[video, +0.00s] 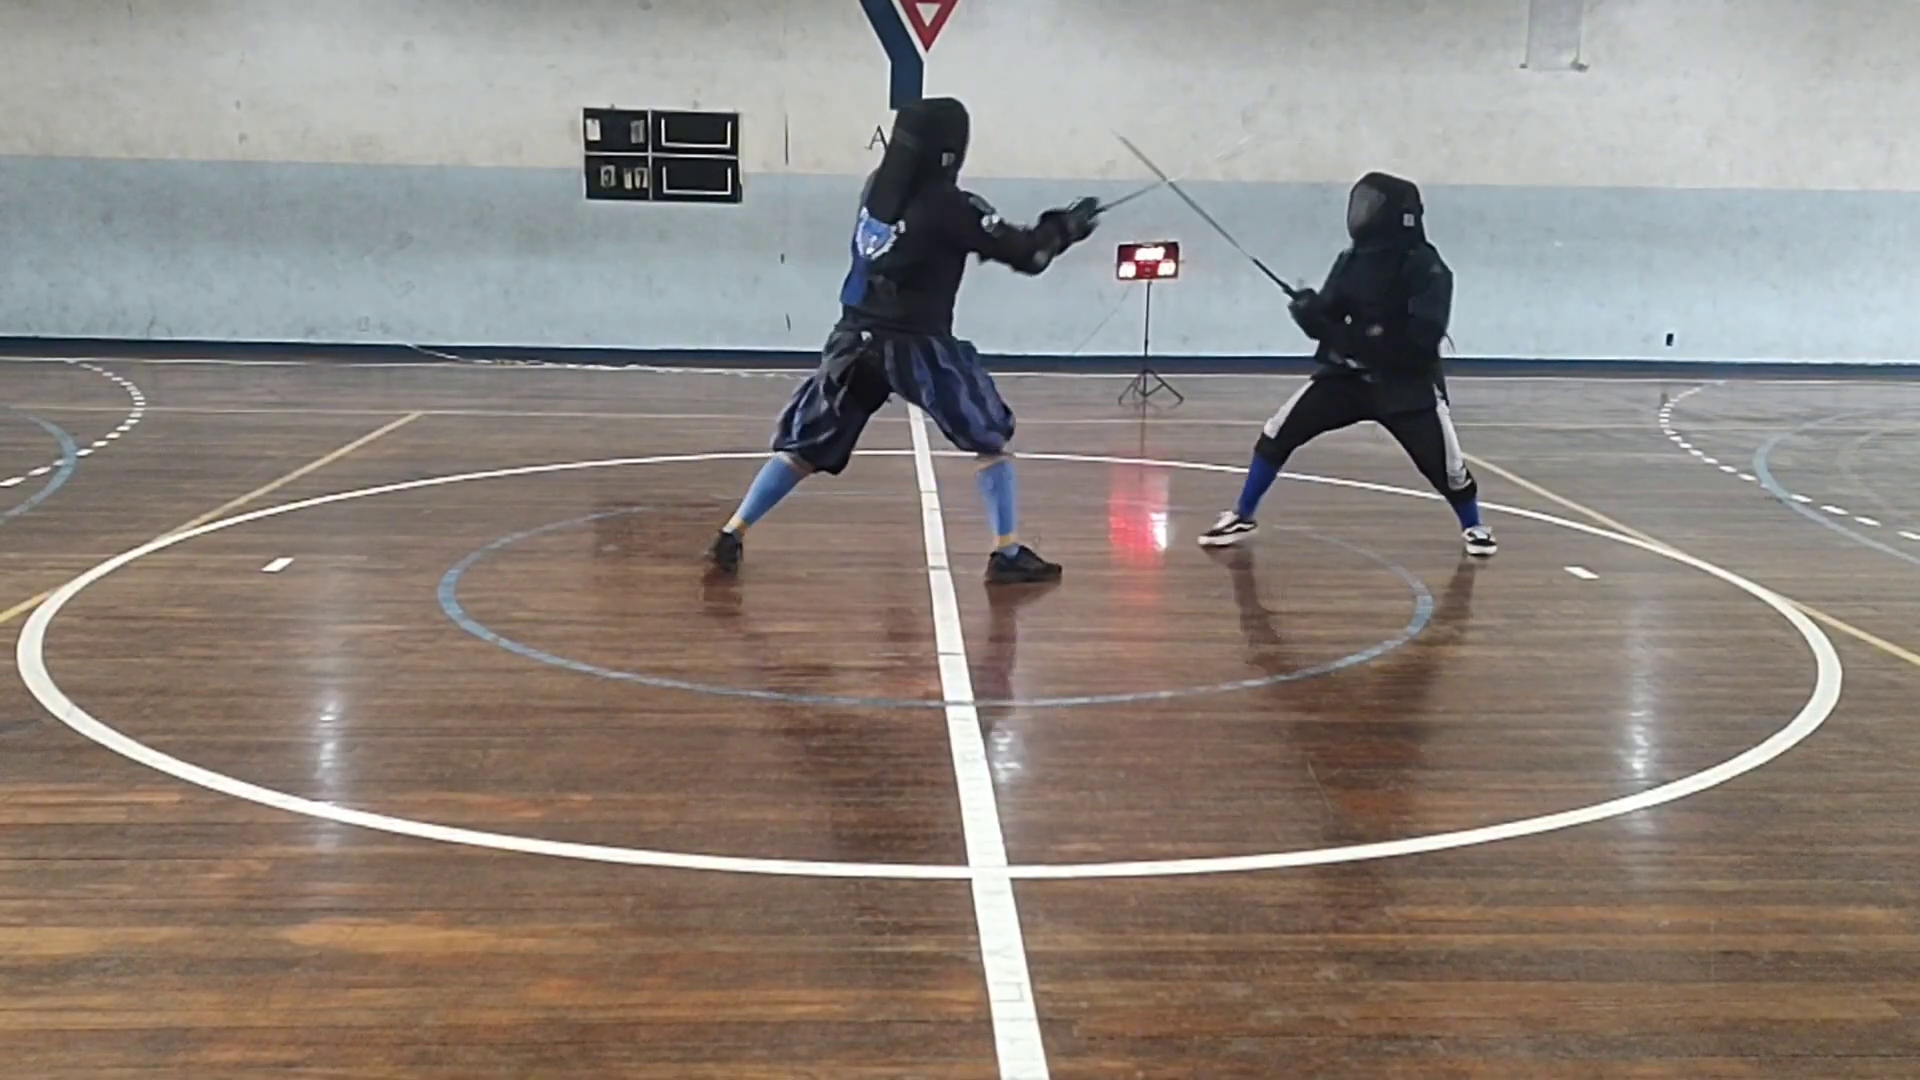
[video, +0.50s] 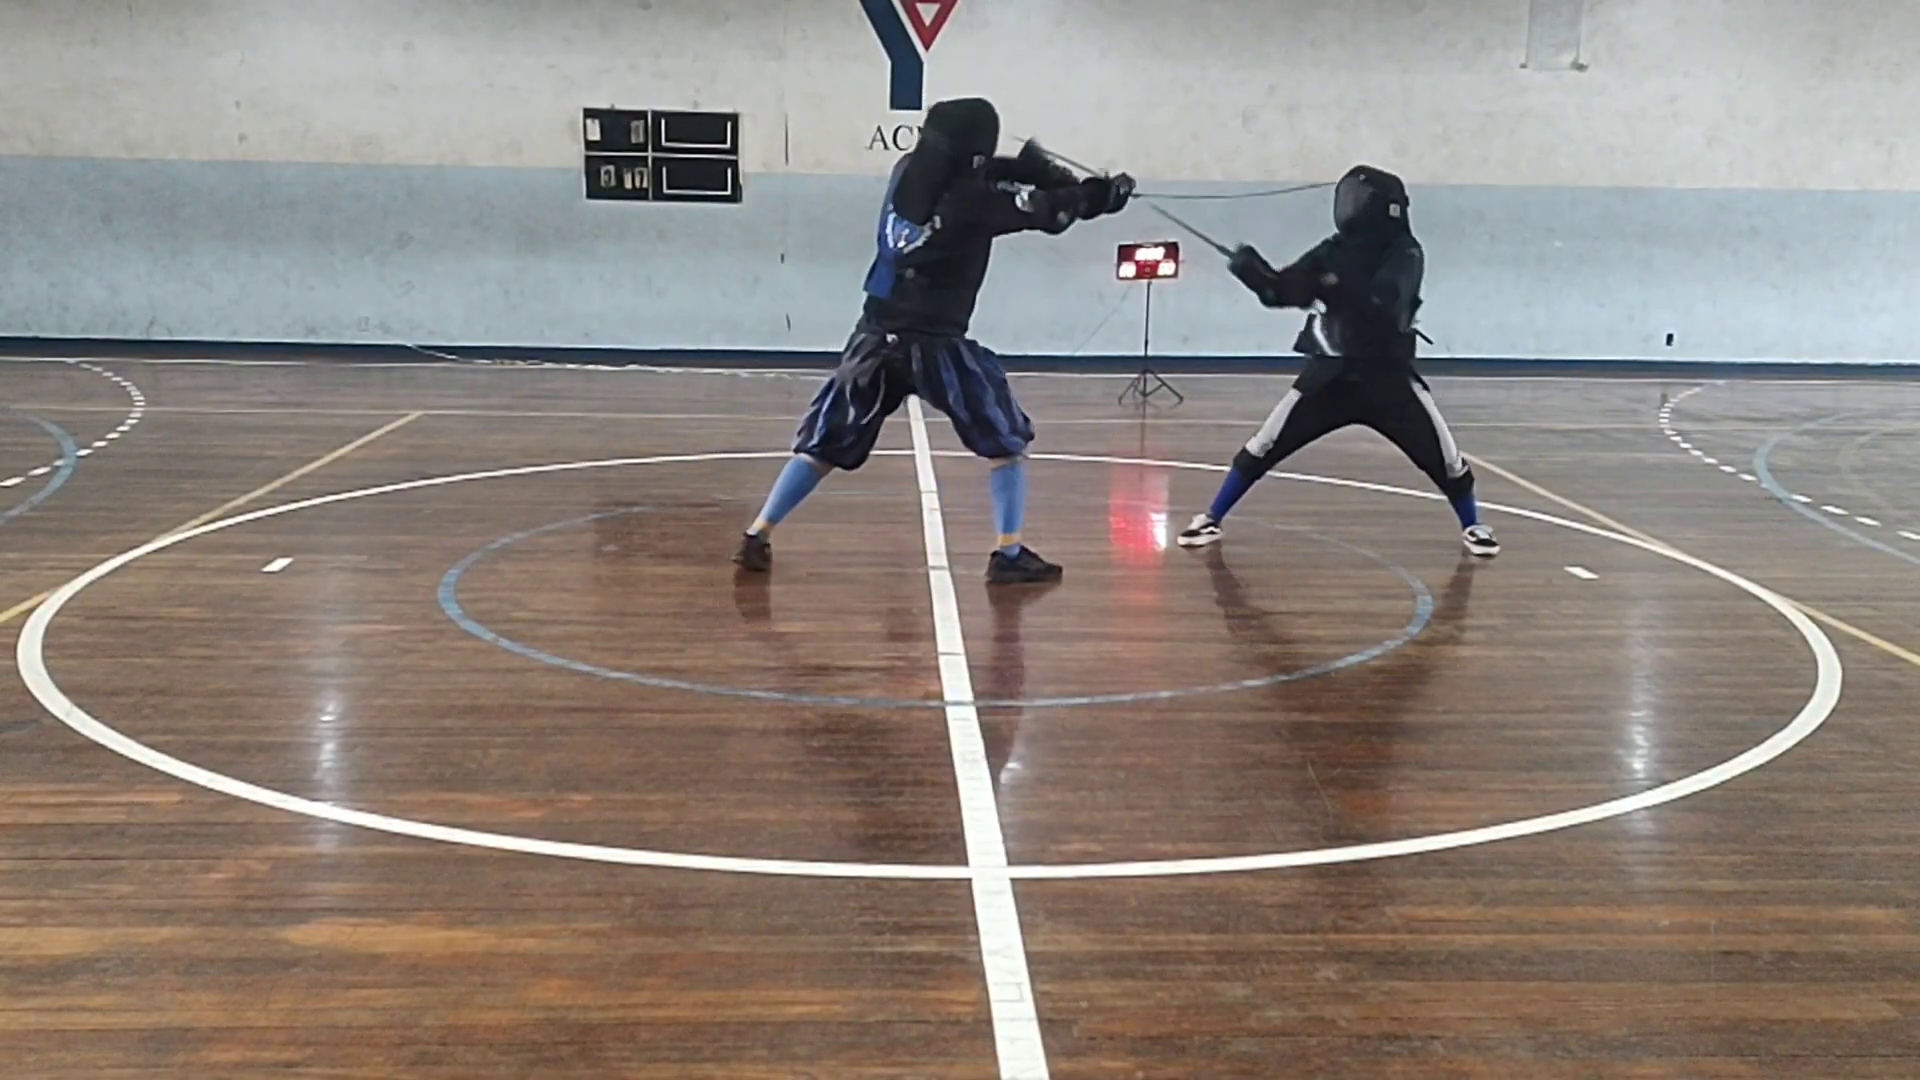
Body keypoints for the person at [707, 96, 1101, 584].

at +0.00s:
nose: (962, 152)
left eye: (958, 143)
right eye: (959, 143)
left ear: (905, 142)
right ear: (948, 151)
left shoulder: (879, 186)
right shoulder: (948, 207)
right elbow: (1025, 252)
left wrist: (982, 222)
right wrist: (1063, 227)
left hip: (855, 336)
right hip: (920, 343)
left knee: (808, 443)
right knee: (991, 435)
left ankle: (732, 532)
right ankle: (1008, 550)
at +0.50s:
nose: (987, 147)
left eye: (988, 141)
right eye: (984, 139)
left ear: (935, 137)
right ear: (972, 148)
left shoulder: (905, 172)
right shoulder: (974, 199)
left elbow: (967, 173)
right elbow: (1046, 212)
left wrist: (1014, 166)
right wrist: (1096, 196)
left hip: (875, 335)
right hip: (938, 341)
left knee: (828, 437)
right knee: (1005, 435)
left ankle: (757, 533)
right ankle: (1010, 552)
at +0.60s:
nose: (998, 150)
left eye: (997, 143)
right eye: (995, 142)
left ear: (945, 135)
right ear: (983, 148)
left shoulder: (914, 167)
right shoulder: (982, 200)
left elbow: (994, 155)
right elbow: (1050, 206)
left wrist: (1060, 170)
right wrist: (1101, 185)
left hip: (882, 334)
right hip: (944, 340)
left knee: (838, 434)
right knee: (1010, 433)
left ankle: (767, 532)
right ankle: (1010, 549)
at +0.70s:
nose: (1007, 155)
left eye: (1007, 147)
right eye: (1004, 147)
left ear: (954, 133)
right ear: (991, 151)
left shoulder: (919, 164)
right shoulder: (989, 201)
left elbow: (1009, 137)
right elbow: (1058, 201)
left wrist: (1063, 161)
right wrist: (1108, 175)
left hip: (888, 332)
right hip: (951, 339)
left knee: (845, 435)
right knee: (1011, 435)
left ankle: (776, 534)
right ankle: (1010, 549)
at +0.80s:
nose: (1015, 157)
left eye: (1015, 148)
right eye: (1014, 149)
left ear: (965, 132)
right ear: (1002, 153)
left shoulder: (928, 160)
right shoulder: (997, 200)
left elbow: (978, 127)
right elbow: (1065, 187)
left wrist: (1048, 128)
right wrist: (1110, 156)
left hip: (895, 329)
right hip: (958, 336)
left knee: (854, 436)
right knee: (1015, 439)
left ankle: (789, 538)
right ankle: (1009, 550)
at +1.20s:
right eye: (1038, 150)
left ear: (980, 133)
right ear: (1024, 153)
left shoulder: (943, 167)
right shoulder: (1024, 203)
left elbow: (985, 101)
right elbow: (1080, 166)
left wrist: (1046, 91)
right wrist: (1118, 125)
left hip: (920, 327)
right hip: (986, 337)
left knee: (877, 432)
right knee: (1030, 442)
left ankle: (822, 544)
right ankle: (1010, 552)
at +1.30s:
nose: (1042, 160)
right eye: (1040, 153)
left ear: (987, 132)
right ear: (1028, 155)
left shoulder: (946, 167)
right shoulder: (1028, 202)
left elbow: (986, 105)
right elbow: (1083, 170)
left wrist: (1045, 95)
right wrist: (1120, 129)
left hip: (923, 330)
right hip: (989, 339)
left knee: (879, 434)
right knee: (1032, 443)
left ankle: (822, 544)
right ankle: (1010, 552)